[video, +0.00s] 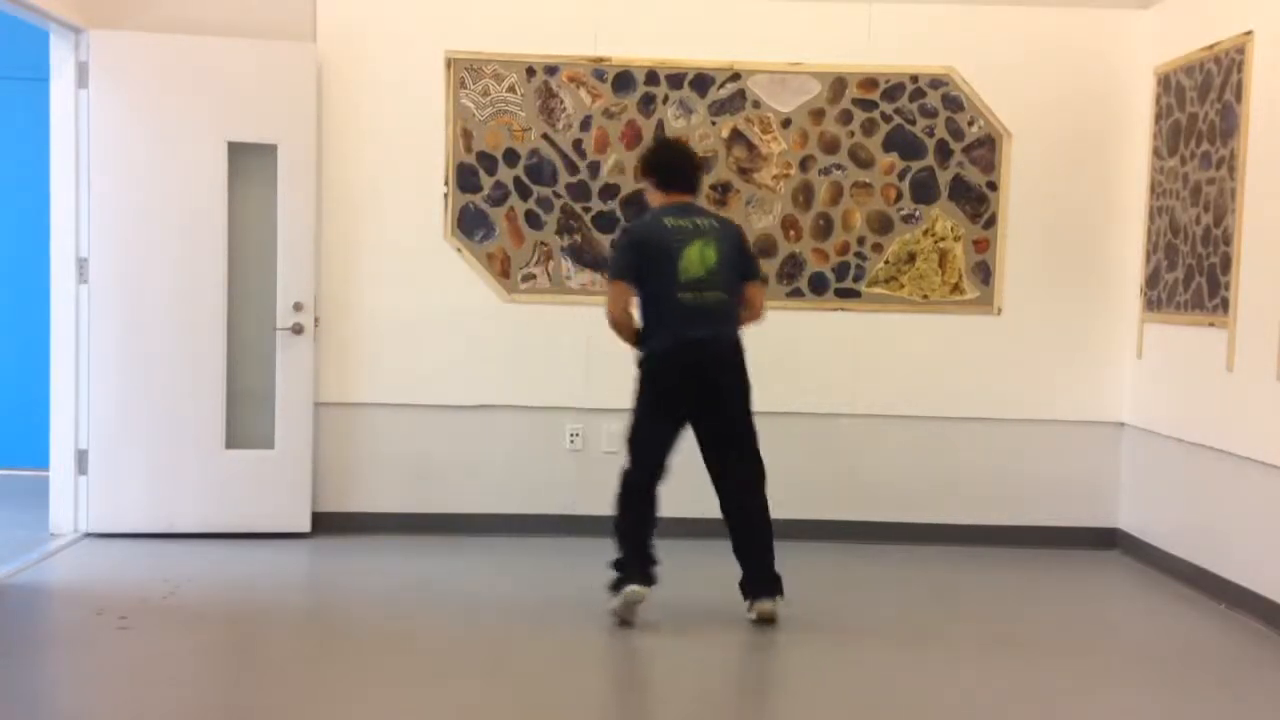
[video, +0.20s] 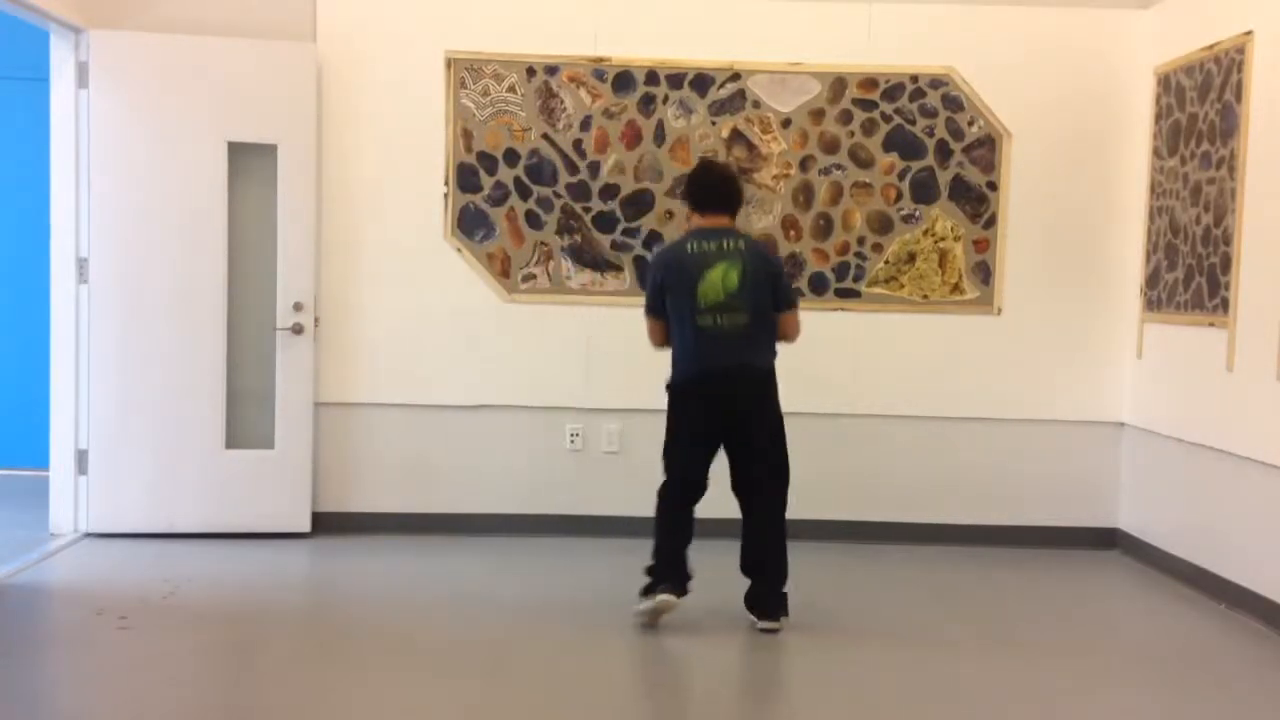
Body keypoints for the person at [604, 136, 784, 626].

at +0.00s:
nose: (643, 189)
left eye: (643, 182)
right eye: (646, 182)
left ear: (650, 183)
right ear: (695, 181)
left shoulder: (638, 234)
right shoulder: (727, 229)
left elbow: (618, 314)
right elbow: (754, 306)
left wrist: (644, 342)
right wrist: (710, 322)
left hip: (666, 368)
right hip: (723, 366)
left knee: (642, 472)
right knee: (740, 473)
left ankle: (635, 575)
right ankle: (762, 588)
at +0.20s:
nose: (692, 211)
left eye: (691, 203)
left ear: (689, 206)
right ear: (737, 205)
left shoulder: (667, 260)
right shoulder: (759, 257)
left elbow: (659, 335)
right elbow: (788, 329)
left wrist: (700, 320)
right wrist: (744, 320)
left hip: (693, 393)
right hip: (753, 392)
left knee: (680, 486)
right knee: (763, 493)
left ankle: (667, 581)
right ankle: (768, 604)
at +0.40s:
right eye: (758, 177)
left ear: (704, 177)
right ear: (754, 181)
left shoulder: (674, 232)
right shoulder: (766, 231)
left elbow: (648, 312)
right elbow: (785, 310)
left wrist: (661, 364)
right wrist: (780, 366)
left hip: (686, 365)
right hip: (744, 365)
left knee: (703, 476)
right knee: (753, 476)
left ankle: (719, 579)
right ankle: (731, 589)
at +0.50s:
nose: (759, 201)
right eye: (758, 194)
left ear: (707, 195)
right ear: (755, 199)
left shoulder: (674, 248)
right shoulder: (758, 250)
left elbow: (628, 314)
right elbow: (776, 333)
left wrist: (599, 372)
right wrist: (799, 399)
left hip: (684, 390)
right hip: (738, 389)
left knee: (721, 493)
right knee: (761, 497)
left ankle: (724, 599)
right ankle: (697, 581)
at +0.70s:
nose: (750, 176)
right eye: (749, 168)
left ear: (692, 170)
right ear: (743, 173)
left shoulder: (662, 216)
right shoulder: (755, 225)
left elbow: (600, 264)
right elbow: (765, 299)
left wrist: (546, 299)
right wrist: (765, 375)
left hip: (656, 360)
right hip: (712, 365)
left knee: (671, 473)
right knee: (696, 483)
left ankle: (689, 576)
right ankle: (653, 600)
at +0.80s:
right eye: (730, 175)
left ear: (675, 179)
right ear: (728, 180)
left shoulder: (651, 225)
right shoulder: (747, 238)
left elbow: (594, 283)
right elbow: (754, 316)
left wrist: (556, 315)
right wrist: (747, 394)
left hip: (639, 380)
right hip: (700, 388)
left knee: (625, 481)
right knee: (681, 505)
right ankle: (637, 613)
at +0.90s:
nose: (717, 196)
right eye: (715, 189)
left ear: (659, 194)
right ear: (712, 196)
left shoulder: (632, 247)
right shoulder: (728, 257)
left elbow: (594, 325)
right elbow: (739, 344)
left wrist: (609, 363)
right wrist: (740, 407)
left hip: (626, 396)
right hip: (688, 405)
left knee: (583, 486)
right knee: (677, 522)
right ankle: (629, 626)